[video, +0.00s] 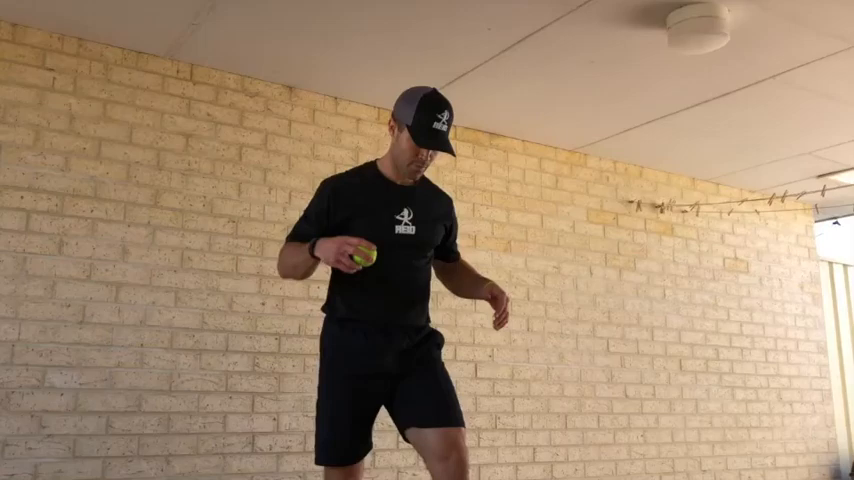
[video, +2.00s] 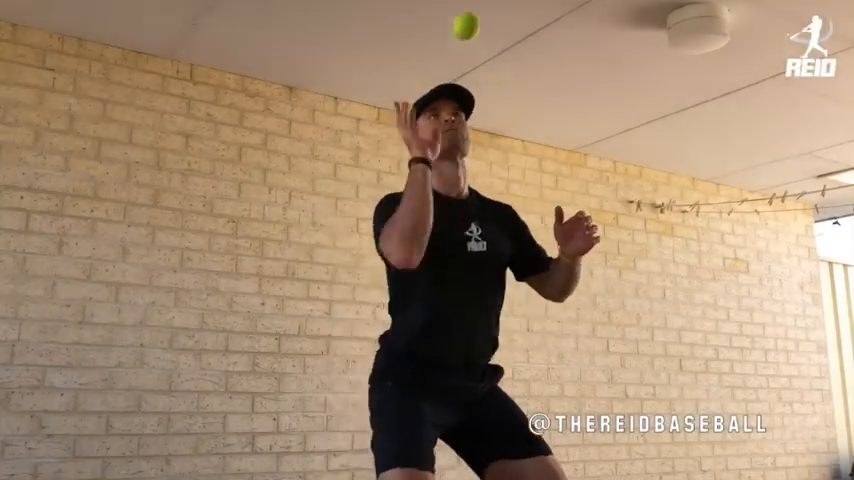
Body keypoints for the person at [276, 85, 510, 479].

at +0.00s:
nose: (427, 158)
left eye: (436, 149)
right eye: (420, 144)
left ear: (443, 146)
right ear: (393, 128)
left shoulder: (438, 205)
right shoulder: (340, 191)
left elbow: (448, 266)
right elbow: (288, 265)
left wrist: (485, 287)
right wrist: (317, 248)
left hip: (414, 351)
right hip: (349, 350)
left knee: (452, 461)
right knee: (343, 471)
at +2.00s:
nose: (448, 120)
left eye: (457, 114)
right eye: (433, 115)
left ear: (471, 135)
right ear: (418, 135)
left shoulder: (500, 217)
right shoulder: (397, 207)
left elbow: (555, 289)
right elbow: (405, 254)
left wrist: (568, 256)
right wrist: (419, 161)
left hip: (473, 384)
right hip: (406, 379)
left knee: (544, 474)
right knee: (408, 473)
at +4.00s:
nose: (523, 167)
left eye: (527, 163)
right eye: (506, 159)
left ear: (532, 182)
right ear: (476, 183)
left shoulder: (551, 248)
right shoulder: (433, 246)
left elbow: (637, 208)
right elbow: (371, 316)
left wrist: (687, 124)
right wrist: (422, 314)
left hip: (484, 418)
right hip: (415, 403)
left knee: (568, 476)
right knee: (387, 474)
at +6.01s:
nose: (406, 136)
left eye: (411, 131)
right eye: (387, 131)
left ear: (422, 152)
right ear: (362, 162)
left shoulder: (460, 209)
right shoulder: (343, 247)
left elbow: (530, 158)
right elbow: (307, 354)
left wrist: (581, 75)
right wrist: (340, 317)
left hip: (454, 404)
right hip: (379, 405)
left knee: (543, 475)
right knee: (360, 475)